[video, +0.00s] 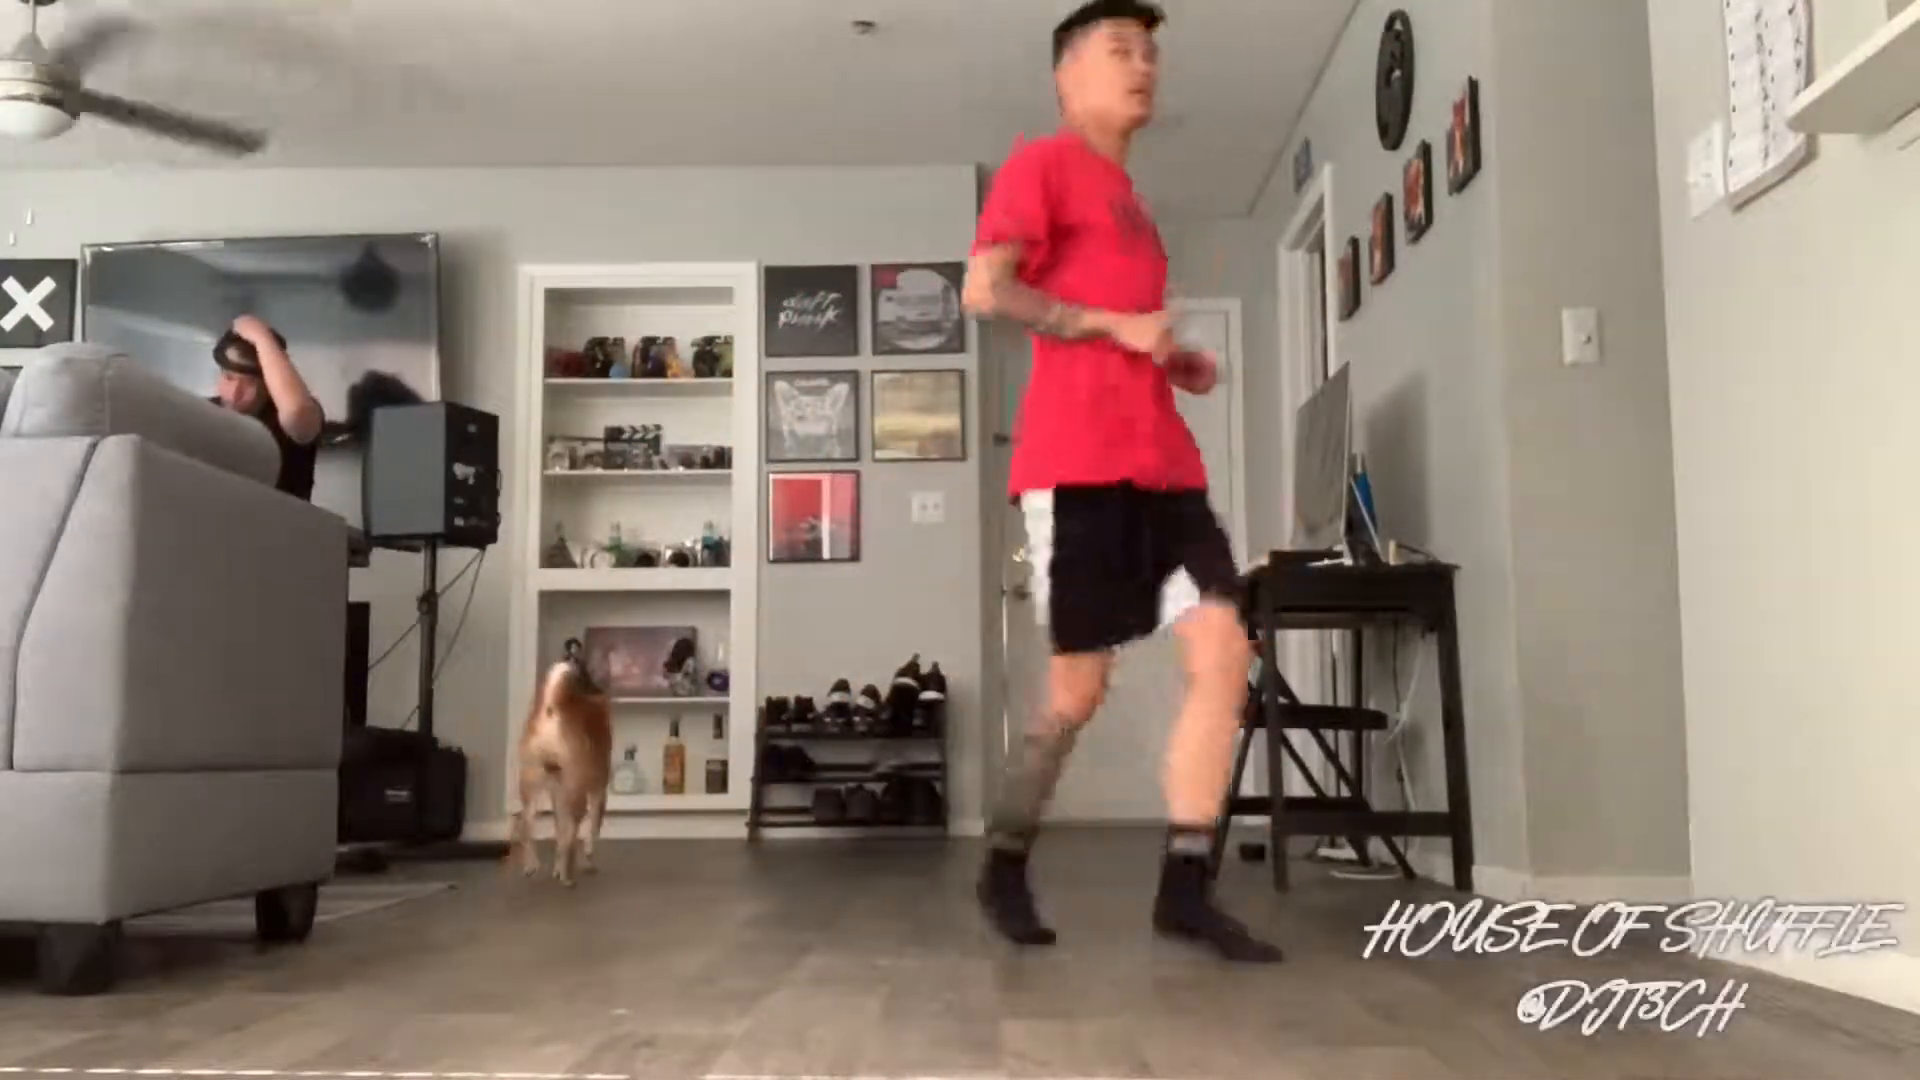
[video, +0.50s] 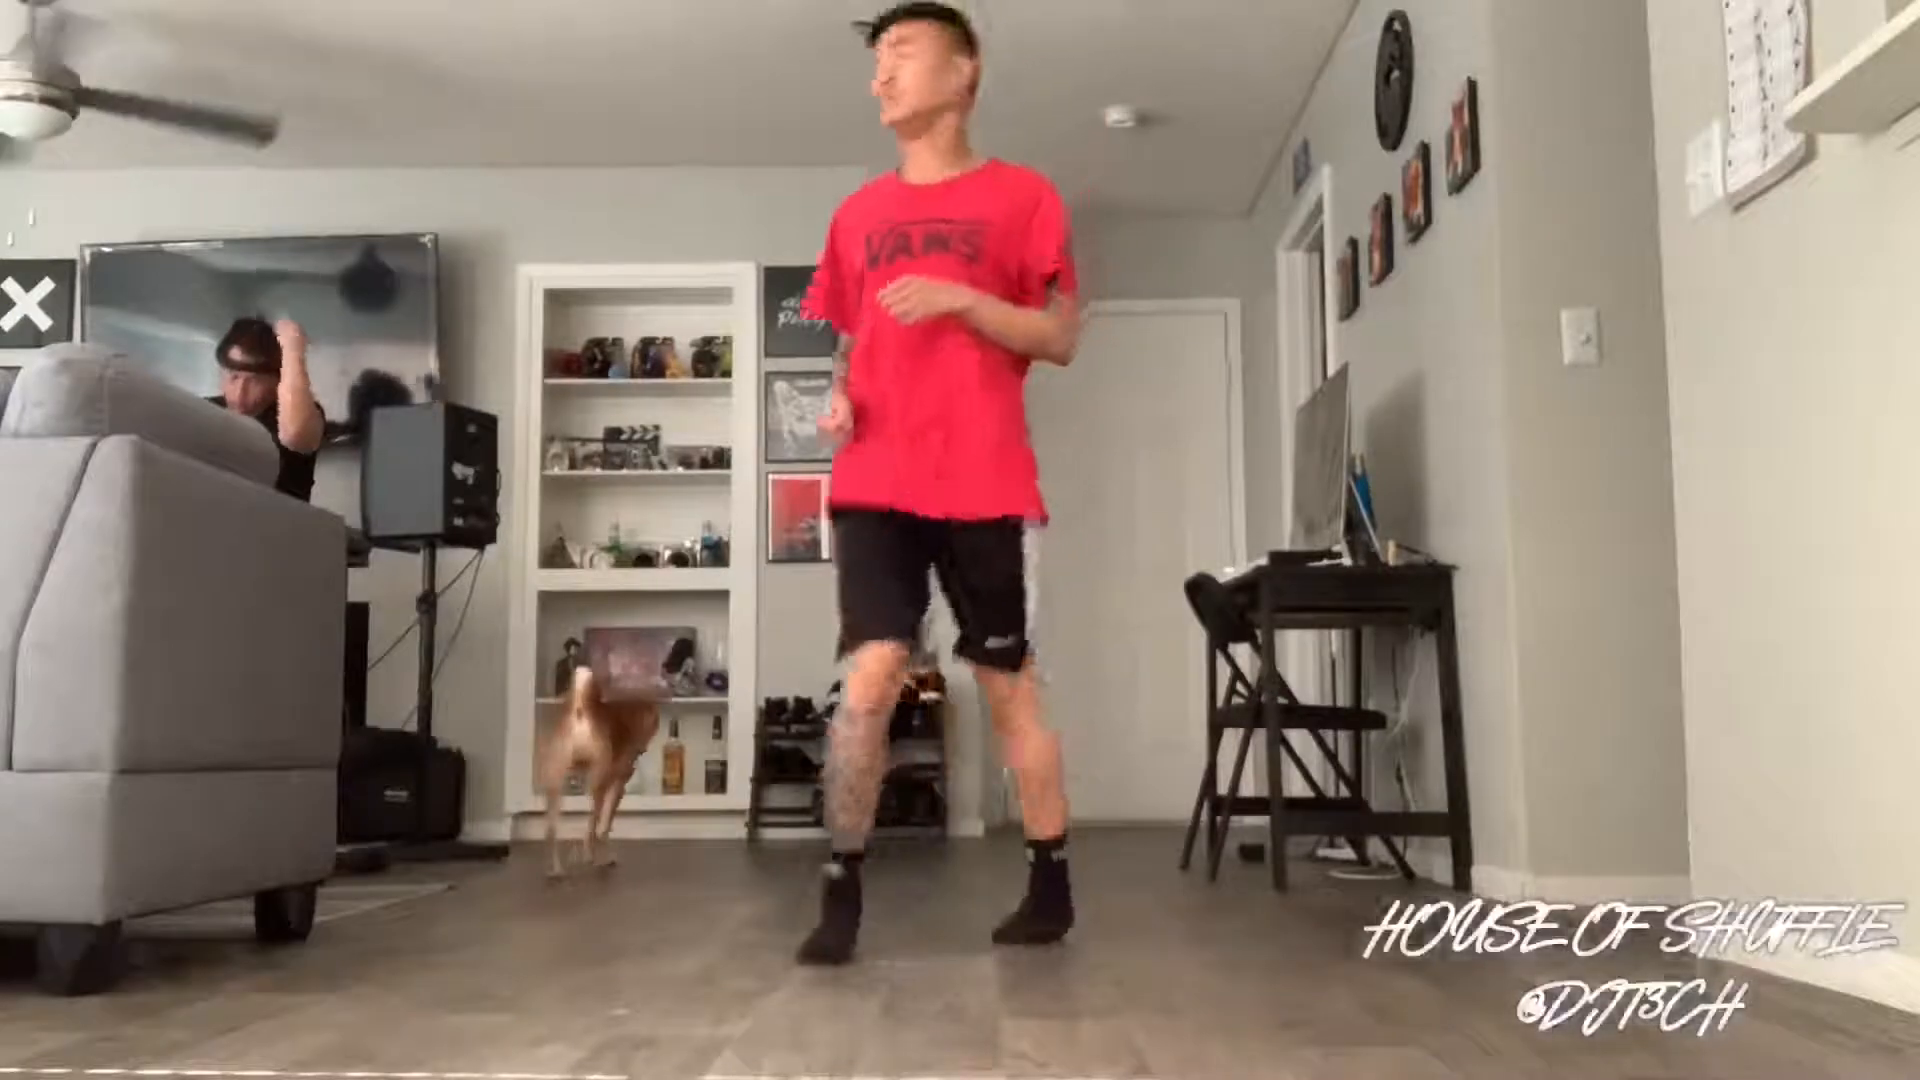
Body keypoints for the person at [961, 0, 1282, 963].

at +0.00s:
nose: (1143, 66)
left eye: (1150, 53)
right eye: (1122, 50)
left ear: (1153, 82)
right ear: (1067, 71)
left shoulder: (1126, 198)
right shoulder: (1042, 162)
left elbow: (1105, 317)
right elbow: (987, 287)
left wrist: (1169, 362)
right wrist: (1111, 323)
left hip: (1159, 465)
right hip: (1078, 466)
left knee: (1224, 657)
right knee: (1077, 685)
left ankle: (1185, 893)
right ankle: (1005, 866)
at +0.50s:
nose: (881, 68)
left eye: (904, 50)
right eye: (878, 57)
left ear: (965, 73)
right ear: (881, 87)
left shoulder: (1023, 196)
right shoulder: (859, 215)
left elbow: (1060, 338)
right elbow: (854, 344)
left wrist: (963, 300)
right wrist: (844, 395)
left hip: (980, 476)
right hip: (875, 479)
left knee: (1008, 684)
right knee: (873, 668)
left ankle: (1050, 888)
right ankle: (840, 896)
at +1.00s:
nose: (769, 90)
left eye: (781, 68)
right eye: (772, 72)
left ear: (836, 74)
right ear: (826, 78)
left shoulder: (905, 201)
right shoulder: (773, 214)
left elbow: (952, 343)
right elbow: (741, 334)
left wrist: (846, 347)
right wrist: (731, 351)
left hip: (826, 486)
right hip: (755, 484)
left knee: (728, 671)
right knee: (814, 691)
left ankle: (682, 901)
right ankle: (882, 885)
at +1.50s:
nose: (772, 78)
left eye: (787, 58)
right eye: (770, 66)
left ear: (851, 65)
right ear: (795, 83)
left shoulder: (912, 170)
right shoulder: (782, 216)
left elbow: (960, 305)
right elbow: (785, 367)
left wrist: (846, 324)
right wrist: (731, 437)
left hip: (865, 481)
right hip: (774, 483)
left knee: (888, 685)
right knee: (736, 671)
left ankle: (915, 885)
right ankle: (748, 904)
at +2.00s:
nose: (1023, 54)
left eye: (1036, 38)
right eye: (1000, 38)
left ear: (1053, 61)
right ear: (959, 63)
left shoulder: (1088, 187)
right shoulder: (924, 181)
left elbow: (1120, 326)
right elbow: (869, 286)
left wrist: (1154, 445)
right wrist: (887, 266)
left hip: (1070, 458)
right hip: (968, 461)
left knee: (1051, 661)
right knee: (951, 683)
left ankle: (1060, 898)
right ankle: (919, 863)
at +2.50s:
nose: (1164, 57)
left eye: (1167, 42)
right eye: (1142, 40)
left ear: (1167, 63)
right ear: (1085, 65)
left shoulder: (1187, 194)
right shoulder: (1057, 187)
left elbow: (1214, 332)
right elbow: (1028, 342)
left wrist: (1284, 348)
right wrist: (1040, 474)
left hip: (1216, 467)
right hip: (1143, 471)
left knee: (1175, 678)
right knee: (1232, 671)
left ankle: (1118, 856)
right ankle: (1271, 894)